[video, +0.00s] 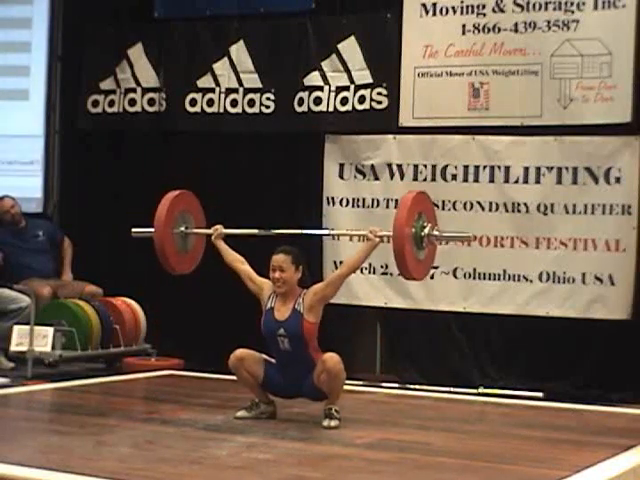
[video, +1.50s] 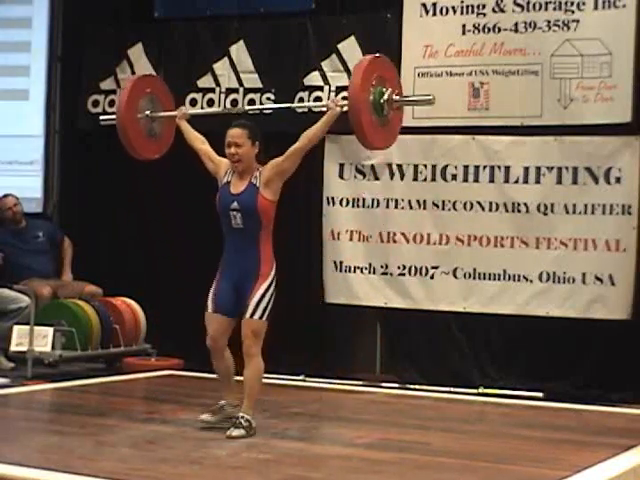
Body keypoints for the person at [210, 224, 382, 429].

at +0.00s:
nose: (276, 276)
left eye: (282, 270)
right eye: (273, 270)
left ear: (298, 272)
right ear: (269, 272)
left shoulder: (312, 298)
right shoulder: (266, 293)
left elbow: (344, 271)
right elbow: (241, 266)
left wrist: (371, 243)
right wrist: (218, 241)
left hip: (311, 378)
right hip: (278, 376)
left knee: (333, 362)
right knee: (237, 358)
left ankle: (331, 408)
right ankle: (264, 404)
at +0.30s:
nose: (275, 272)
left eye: (281, 266)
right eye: (272, 266)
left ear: (297, 269)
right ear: (268, 269)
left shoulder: (310, 296)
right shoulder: (264, 290)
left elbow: (341, 269)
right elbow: (240, 265)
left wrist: (368, 240)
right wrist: (216, 241)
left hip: (308, 373)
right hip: (277, 371)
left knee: (328, 363)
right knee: (236, 359)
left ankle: (330, 409)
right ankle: (264, 404)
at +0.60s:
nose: (267, 248)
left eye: (273, 242)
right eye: (263, 243)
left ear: (289, 245)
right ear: (259, 245)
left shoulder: (304, 270)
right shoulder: (258, 265)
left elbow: (336, 243)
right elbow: (233, 241)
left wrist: (361, 212)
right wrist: (211, 216)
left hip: (319, 331)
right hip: (284, 332)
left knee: (316, 354)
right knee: (245, 352)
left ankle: (330, 408)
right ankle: (263, 403)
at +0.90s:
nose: (259, 207)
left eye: (265, 201)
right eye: (256, 201)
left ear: (281, 204)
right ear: (252, 204)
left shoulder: (296, 230)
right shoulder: (250, 226)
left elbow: (324, 206)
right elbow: (224, 201)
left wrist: (349, 179)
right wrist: (203, 177)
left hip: (312, 299)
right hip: (278, 299)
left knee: (315, 346)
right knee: (247, 347)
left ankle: (330, 407)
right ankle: (263, 402)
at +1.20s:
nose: (247, 166)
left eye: (253, 161)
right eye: (244, 161)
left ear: (269, 163)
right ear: (239, 165)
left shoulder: (282, 191)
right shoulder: (236, 186)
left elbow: (312, 163)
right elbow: (212, 160)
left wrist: (339, 130)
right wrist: (190, 133)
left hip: (280, 282)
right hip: (248, 282)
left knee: (267, 338)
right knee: (245, 346)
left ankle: (259, 405)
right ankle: (264, 398)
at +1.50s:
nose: (232, 151)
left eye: (238, 145)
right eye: (229, 145)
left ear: (255, 148)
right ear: (226, 149)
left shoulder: (269, 176)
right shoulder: (224, 173)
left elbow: (302, 146)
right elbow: (202, 147)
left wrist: (331, 113)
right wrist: (181, 121)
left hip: (260, 272)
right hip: (228, 270)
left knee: (251, 342)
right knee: (215, 338)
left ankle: (247, 416)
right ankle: (231, 403)